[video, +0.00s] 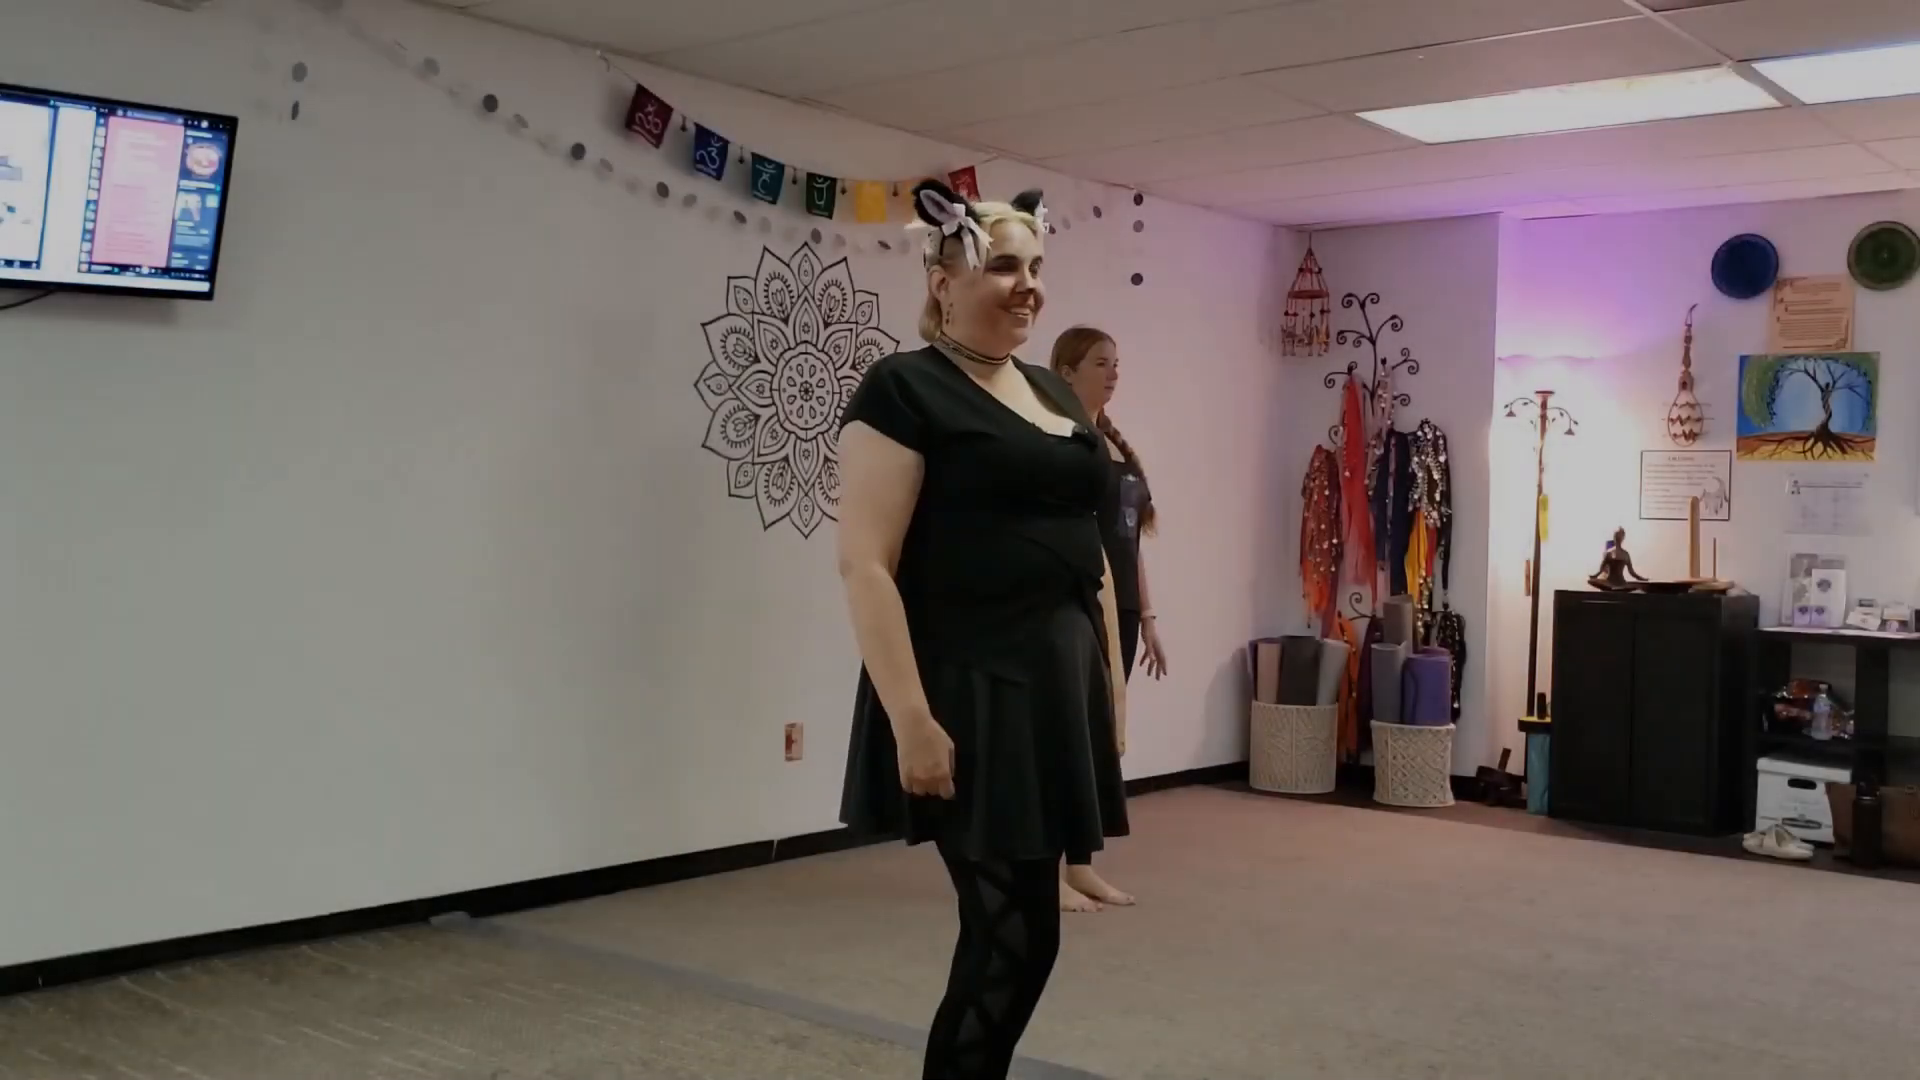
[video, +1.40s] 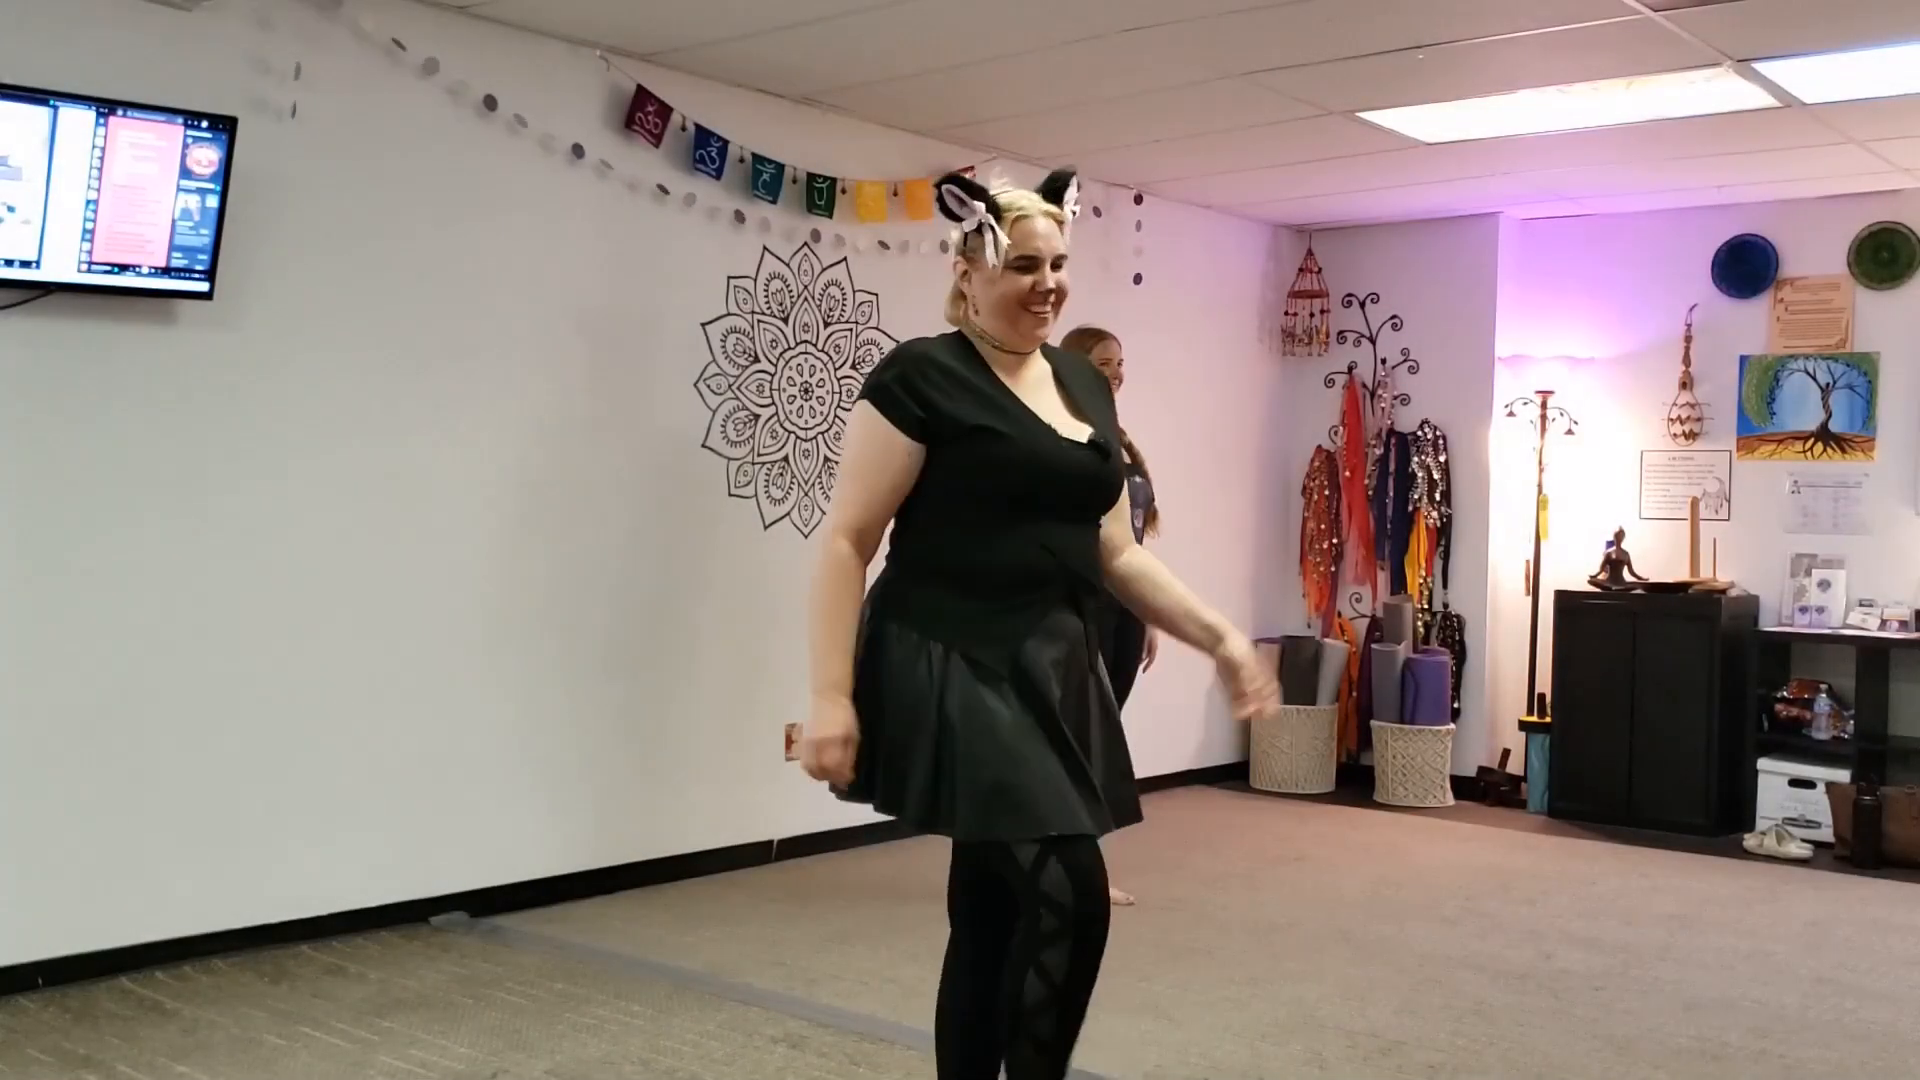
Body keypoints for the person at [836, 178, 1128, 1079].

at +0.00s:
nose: (1028, 283)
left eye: (1036, 268)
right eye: (1004, 264)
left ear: (1043, 283)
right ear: (941, 282)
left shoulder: (1053, 394)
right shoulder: (902, 388)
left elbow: (1092, 555)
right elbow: (863, 564)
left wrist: (1112, 681)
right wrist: (910, 721)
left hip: (1055, 690)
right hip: (959, 692)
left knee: (1015, 938)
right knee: (1015, 940)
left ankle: (967, 1072)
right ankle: (955, 1070)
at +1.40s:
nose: (1048, 282)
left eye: (1059, 265)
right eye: (1025, 264)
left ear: (1068, 271)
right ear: (967, 272)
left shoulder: (1075, 383)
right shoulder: (921, 375)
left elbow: (1116, 549)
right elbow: (846, 541)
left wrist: (1222, 635)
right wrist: (830, 698)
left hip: (1051, 666)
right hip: (942, 664)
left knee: (990, 918)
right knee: (1074, 898)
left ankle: (965, 1076)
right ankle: (1033, 1070)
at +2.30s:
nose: (1081, 243)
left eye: (1108, 227)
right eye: (1061, 225)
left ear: (1150, 253)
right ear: (1037, 249)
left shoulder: (1214, 364)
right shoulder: (983, 377)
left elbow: (1299, 534)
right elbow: (894, 550)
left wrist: (1424, 547)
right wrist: (766, 637)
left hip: (1180, 718)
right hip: (1024, 721)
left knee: (1168, 996)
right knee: (1073, 1008)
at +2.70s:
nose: (1024, 223)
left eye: (1057, 196)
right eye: (1018, 203)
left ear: (1141, 215)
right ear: (1013, 223)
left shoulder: (1211, 373)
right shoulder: (982, 363)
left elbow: (1261, 605)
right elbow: (914, 557)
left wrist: (1319, 785)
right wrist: (800, 667)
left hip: (1136, 761)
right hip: (975, 758)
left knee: (1076, 1051)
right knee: (1046, 1049)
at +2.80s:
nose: (1002, 218)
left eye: (1033, 191)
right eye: (998, 198)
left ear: (1126, 204)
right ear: (1001, 217)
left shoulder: (1205, 371)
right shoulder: (972, 354)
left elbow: (1247, 609)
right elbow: (908, 552)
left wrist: (1327, 793)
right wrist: (794, 676)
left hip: (1110, 785)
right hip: (949, 774)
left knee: (1072, 1058)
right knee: (1004, 1053)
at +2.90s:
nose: (979, 217)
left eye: (1008, 192)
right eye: (975, 199)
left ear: (1102, 200)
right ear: (973, 216)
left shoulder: (1181, 365)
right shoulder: (962, 356)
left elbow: (1233, 605)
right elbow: (912, 561)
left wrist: (1335, 783)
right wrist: (804, 685)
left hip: (1082, 771)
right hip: (921, 764)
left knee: (1061, 1057)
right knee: (944, 1056)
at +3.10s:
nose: (905, 233)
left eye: (925, 201)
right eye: (907, 207)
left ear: (1014, 201)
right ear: (1007, 206)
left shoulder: (1115, 346)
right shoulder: (961, 349)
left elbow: (1095, 546)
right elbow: (915, 553)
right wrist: (857, 710)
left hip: (1040, 729)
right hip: (892, 723)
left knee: (1039, 1057)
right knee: (790, 1052)